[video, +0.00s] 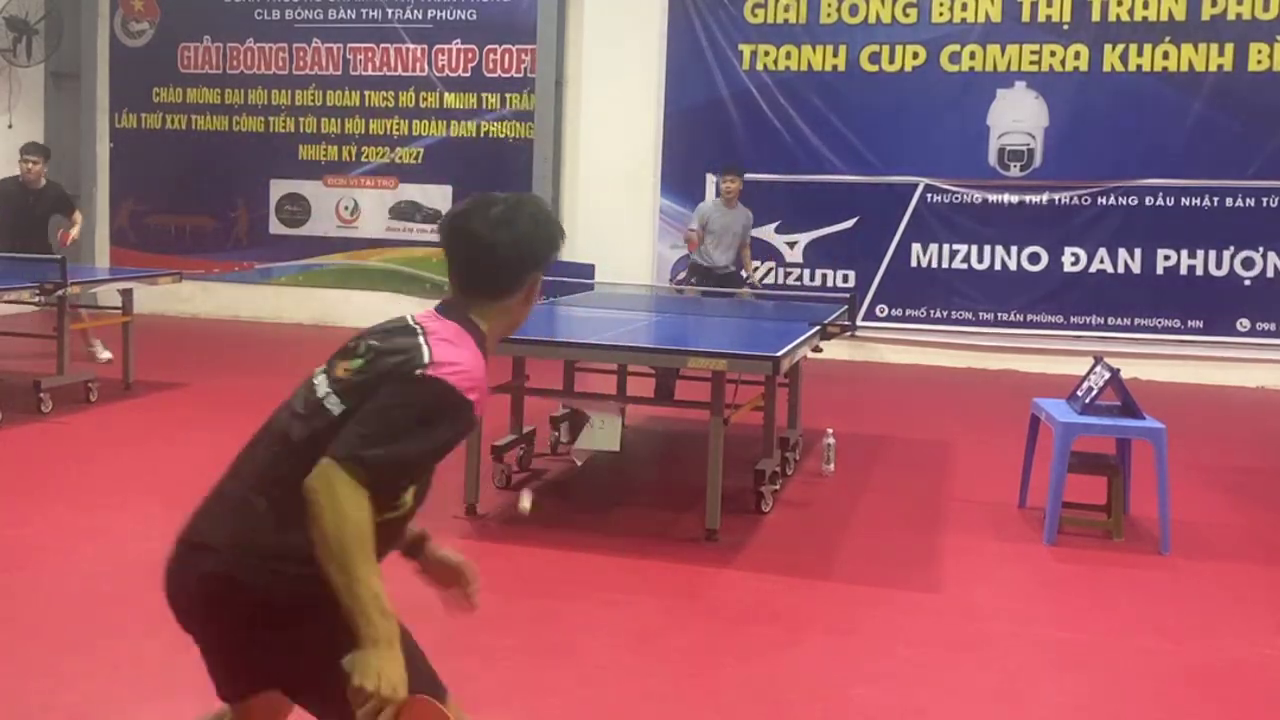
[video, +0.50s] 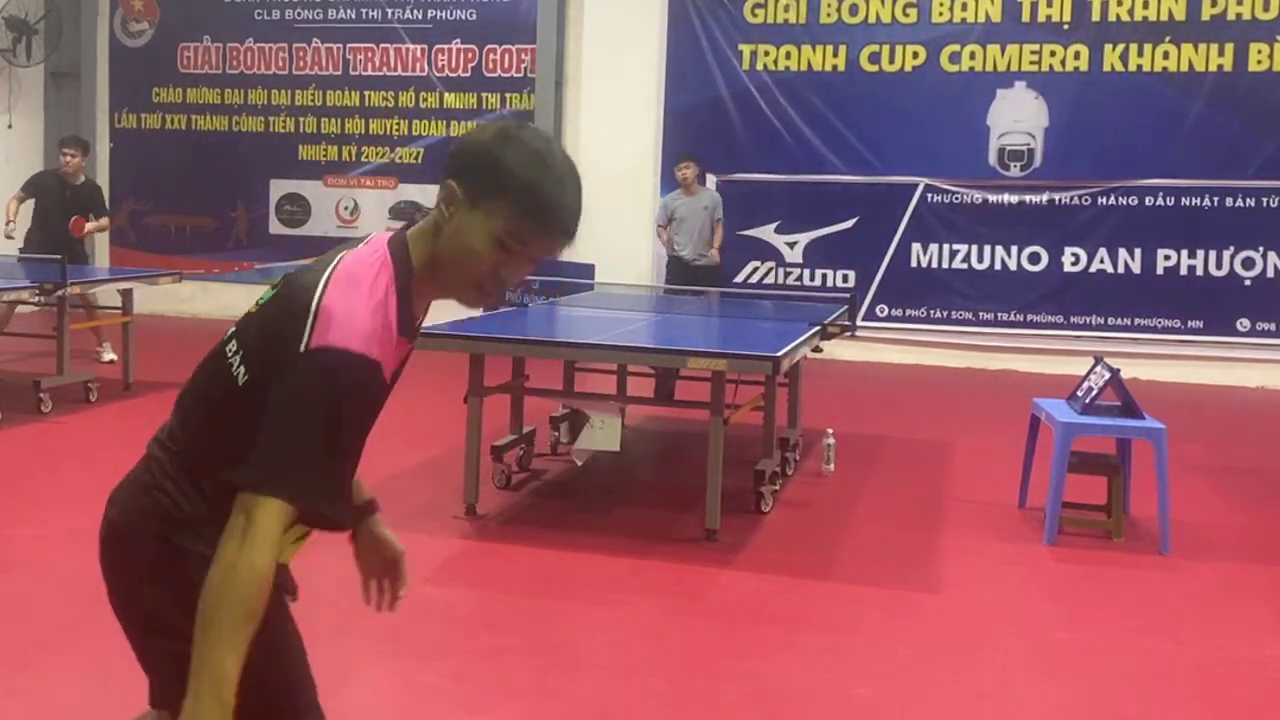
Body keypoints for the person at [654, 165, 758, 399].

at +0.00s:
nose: (728, 186)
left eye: (733, 182)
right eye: (725, 182)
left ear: (741, 186)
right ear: (719, 185)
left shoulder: (746, 215)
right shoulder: (706, 208)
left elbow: (744, 247)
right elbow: (692, 238)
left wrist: (750, 274)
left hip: (729, 274)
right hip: (701, 271)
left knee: (752, 310)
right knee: (683, 318)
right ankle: (666, 383)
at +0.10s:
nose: (717, 176)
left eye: (722, 172)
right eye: (714, 172)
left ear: (731, 176)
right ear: (708, 176)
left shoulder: (741, 203)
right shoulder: (697, 201)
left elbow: (742, 234)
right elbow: (688, 227)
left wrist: (747, 261)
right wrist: (692, 235)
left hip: (727, 264)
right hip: (698, 261)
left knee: (730, 310)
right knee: (687, 306)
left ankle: (729, 351)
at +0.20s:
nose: (707, 176)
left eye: (711, 172)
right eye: (703, 172)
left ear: (719, 175)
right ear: (698, 176)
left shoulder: (734, 203)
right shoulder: (689, 202)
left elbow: (743, 232)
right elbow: (678, 230)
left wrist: (748, 257)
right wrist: (684, 233)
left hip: (723, 266)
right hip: (694, 263)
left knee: (732, 308)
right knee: (678, 305)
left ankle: (732, 351)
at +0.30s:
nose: (696, 178)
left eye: (700, 174)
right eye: (692, 175)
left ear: (709, 177)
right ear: (688, 180)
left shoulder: (725, 205)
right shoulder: (681, 205)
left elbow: (738, 234)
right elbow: (670, 235)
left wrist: (745, 261)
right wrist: (675, 236)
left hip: (716, 272)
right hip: (685, 270)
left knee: (724, 323)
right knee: (672, 323)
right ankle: (665, 387)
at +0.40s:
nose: (687, 177)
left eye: (691, 172)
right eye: (684, 174)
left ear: (701, 175)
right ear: (680, 180)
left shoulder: (717, 202)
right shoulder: (673, 204)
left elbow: (727, 231)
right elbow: (664, 231)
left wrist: (731, 259)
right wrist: (672, 245)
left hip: (711, 269)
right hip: (681, 268)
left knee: (722, 316)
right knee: (670, 320)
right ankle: (665, 383)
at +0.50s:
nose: (683, 173)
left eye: (687, 169)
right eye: (679, 170)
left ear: (697, 171)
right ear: (676, 175)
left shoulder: (712, 197)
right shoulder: (669, 200)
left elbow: (718, 225)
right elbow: (660, 226)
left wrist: (715, 248)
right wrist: (668, 244)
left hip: (705, 262)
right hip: (678, 261)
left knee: (709, 308)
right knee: (670, 309)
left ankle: (711, 349)